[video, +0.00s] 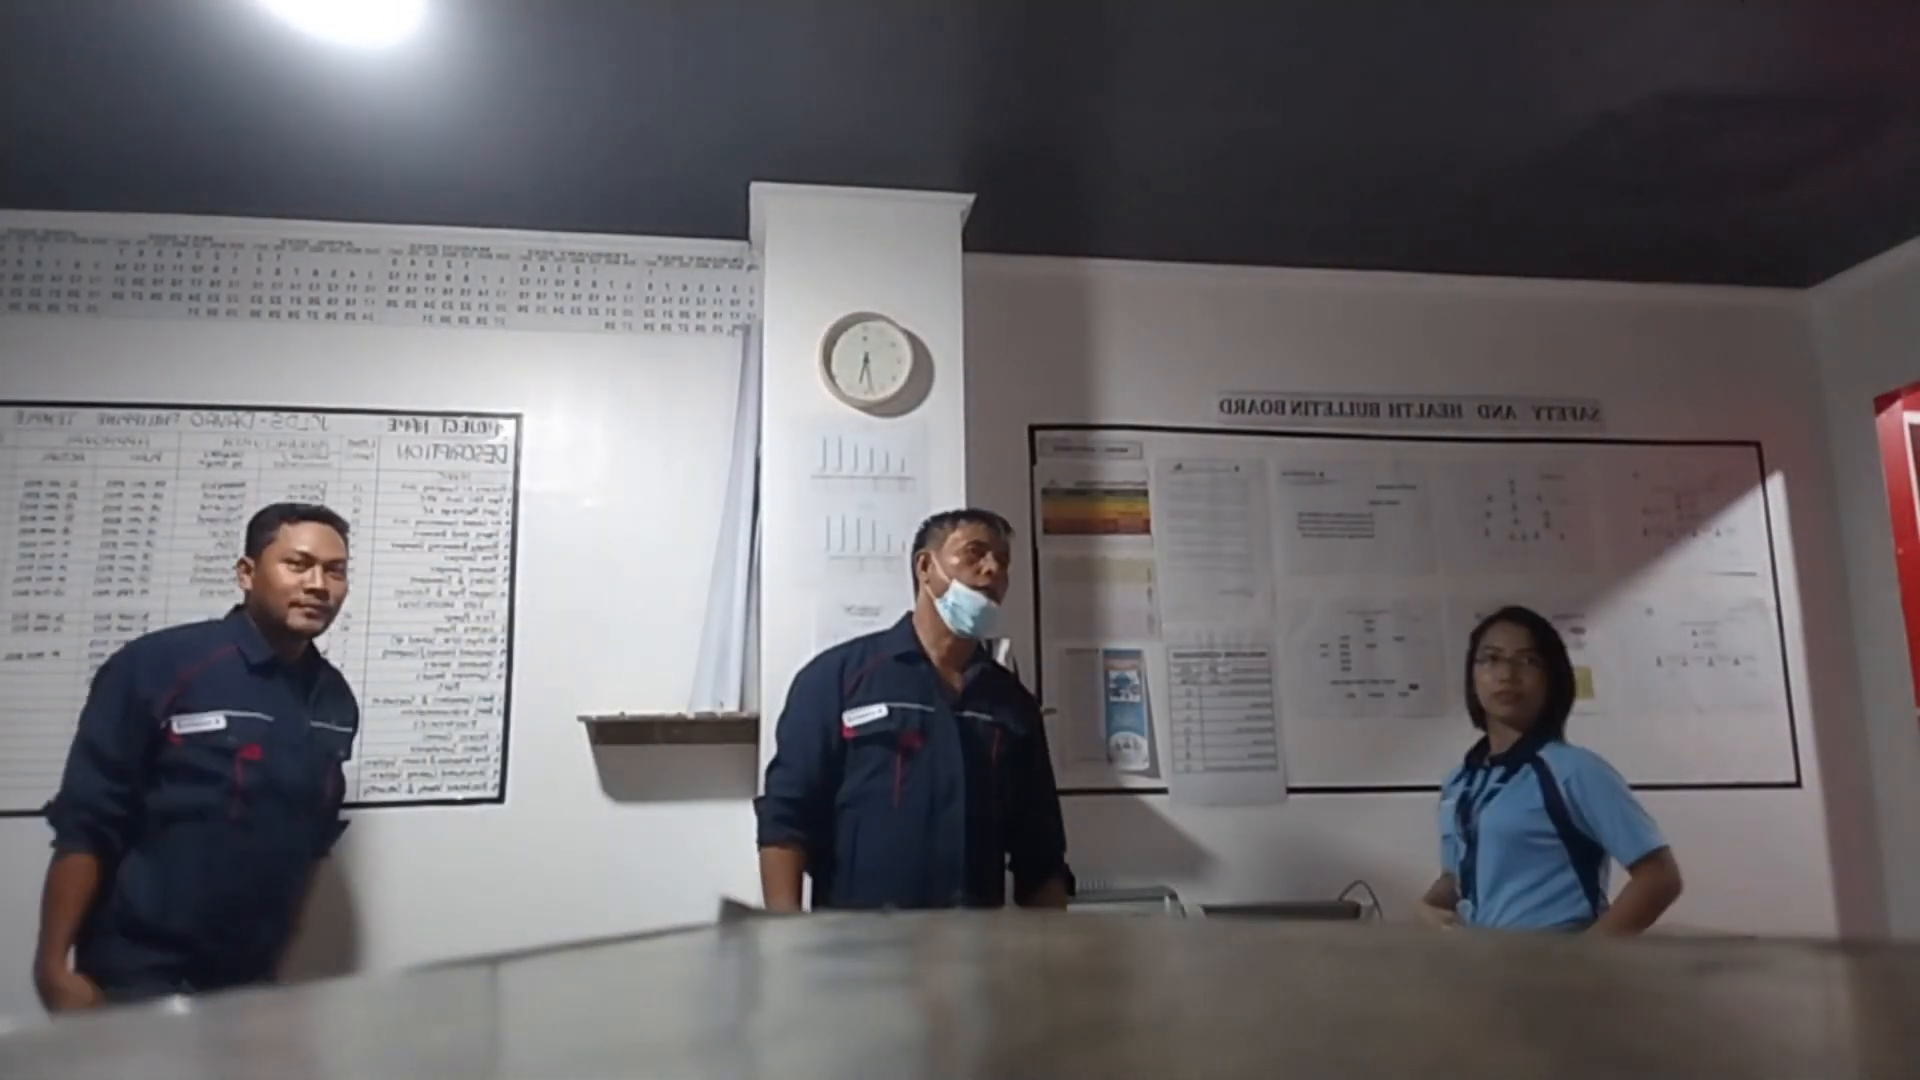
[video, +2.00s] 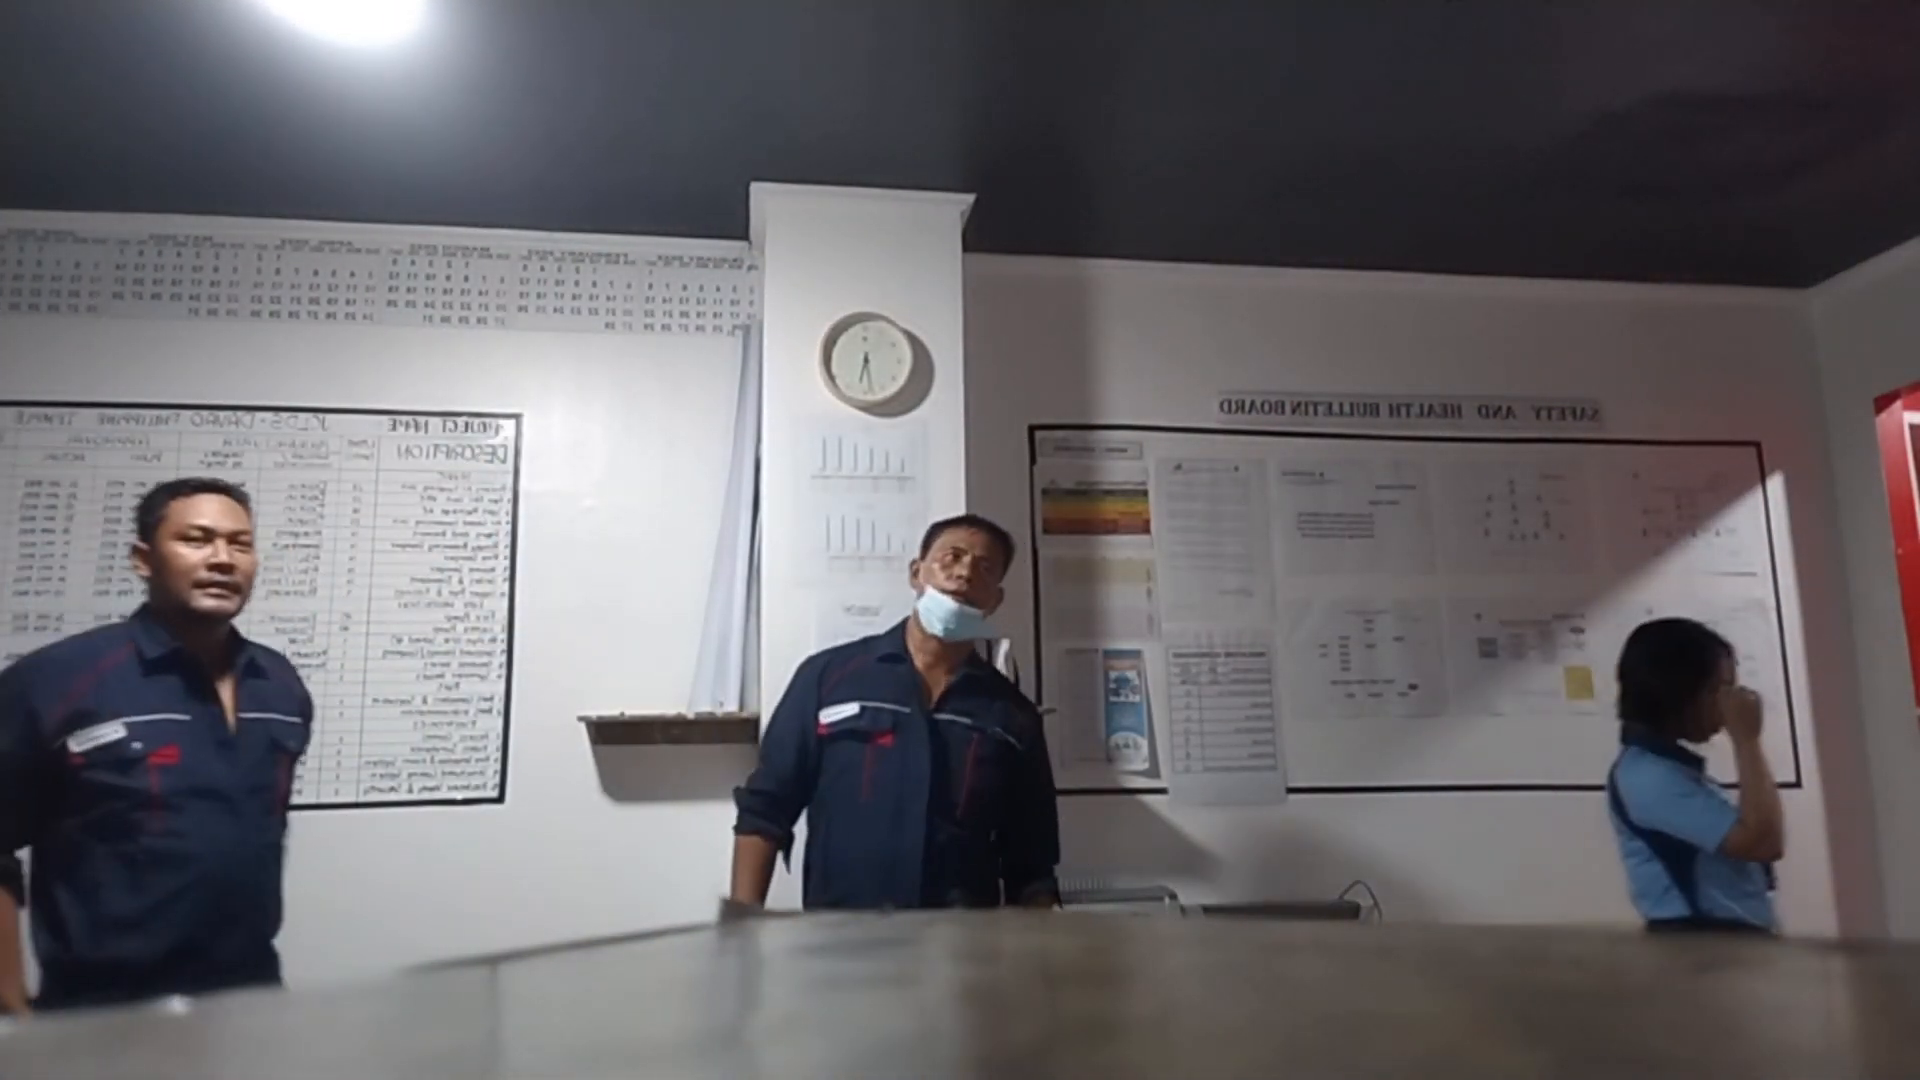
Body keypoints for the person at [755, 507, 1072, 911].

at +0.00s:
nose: (993, 568)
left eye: (1001, 559)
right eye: (973, 553)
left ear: (1010, 579)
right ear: (926, 568)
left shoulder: (1014, 705)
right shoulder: (834, 680)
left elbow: (1041, 860)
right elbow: (784, 819)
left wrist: (1048, 966)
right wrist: (788, 949)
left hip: (974, 954)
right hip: (853, 953)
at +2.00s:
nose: (965, 571)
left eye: (983, 567)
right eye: (952, 556)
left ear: (995, 599)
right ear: (917, 574)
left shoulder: (1015, 719)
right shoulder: (826, 679)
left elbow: (1032, 873)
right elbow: (765, 810)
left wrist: (1038, 965)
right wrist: (741, 933)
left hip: (967, 954)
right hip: (840, 948)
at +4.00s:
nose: (963, 572)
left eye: (980, 563)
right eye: (945, 559)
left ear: (1001, 590)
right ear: (917, 582)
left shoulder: (1023, 699)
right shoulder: (841, 681)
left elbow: (1051, 830)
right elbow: (788, 815)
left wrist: (978, 725)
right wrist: (786, 939)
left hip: (985, 941)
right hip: (861, 940)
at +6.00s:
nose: (974, 559)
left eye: (988, 552)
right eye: (956, 546)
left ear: (1002, 579)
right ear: (919, 569)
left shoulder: (1034, 694)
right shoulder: (845, 688)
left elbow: (1076, 833)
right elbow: (801, 831)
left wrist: (1100, 939)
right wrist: (810, 954)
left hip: (1009, 949)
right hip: (883, 949)